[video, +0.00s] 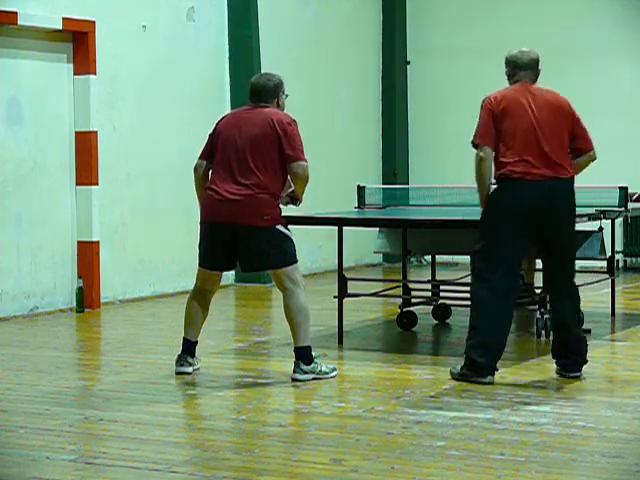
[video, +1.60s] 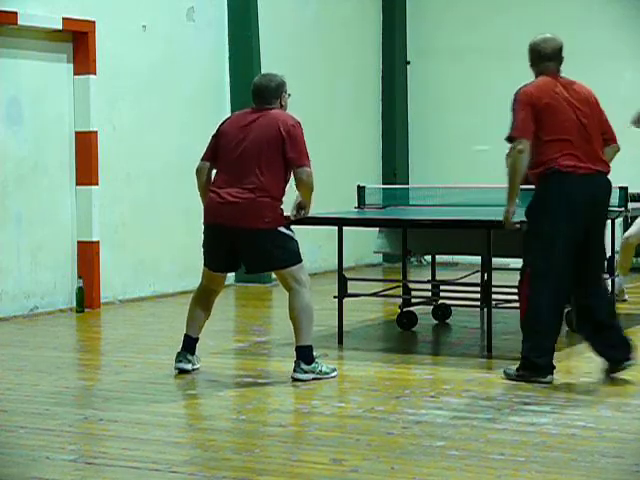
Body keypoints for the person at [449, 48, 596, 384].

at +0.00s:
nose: (508, 78)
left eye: (508, 73)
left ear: (508, 73)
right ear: (538, 74)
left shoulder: (496, 102)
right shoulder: (560, 103)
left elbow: (484, 153)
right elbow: (587, 154)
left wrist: (485, 200)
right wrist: (557, 176)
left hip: (512, 198)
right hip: (558, 198)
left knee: (493, 277)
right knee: (561, 278)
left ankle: (480, 364)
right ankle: (571, 362)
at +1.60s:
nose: (533, 67)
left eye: (531, 63)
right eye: (545, 60)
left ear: (532, 63)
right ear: (561, 61)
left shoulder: (529, 93)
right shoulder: (584, 93)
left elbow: (521, 147)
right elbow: (611, 145)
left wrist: (511, 201)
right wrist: (583, 175)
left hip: (557, 188)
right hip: (596, 188)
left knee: (544, 273)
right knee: (587, 272)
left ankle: (537, 364)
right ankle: (616, 351)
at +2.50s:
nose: (499, 80)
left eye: (498, 75)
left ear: (498, 77)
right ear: (526, 75)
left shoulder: (494, 111)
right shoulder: (552, 106)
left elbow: (482, 165)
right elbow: (578, 155)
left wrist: (472, 217)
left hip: (522, 208)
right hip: (567, 205)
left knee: (486, 279)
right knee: (591, 281)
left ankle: (485, 363)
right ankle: (636, 362)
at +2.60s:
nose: (484, 73)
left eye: (480, 68)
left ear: (479, 70)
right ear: (508, 68)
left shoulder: (469, 107)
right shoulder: (533, 101)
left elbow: (452, 159)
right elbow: (561, 148)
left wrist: (443, 212)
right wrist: (538, 180)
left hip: (496, 203)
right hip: (541, 200)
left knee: (474, 284)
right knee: (560, 275)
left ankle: (484, 364)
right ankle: (606, 346)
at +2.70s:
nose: (479, 65)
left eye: (475, 59)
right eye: (489, 60)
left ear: (469, 62)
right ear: (499, 61)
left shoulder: (452, 97)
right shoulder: (520, 95)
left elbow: (432, 146)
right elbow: (547, 141)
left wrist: (430, 195)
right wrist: (523, 171)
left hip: (472, 194)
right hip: (516, 192)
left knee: (469, 276)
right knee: (528, 268)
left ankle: (478, 359)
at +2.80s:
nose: (489, 66)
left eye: (476, 60)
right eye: (492, 60)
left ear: (465, 61)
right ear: (494, 61)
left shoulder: (444, 91)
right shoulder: (510, 96)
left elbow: (421, 139)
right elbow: (535, 145)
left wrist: (420, 187)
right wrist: (506, 171)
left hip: (448, 187)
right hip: (491, 188)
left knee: (447, 269)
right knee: (491, 270)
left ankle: (456, 343)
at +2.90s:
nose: (481, 78)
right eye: (485, 74)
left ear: (458, 72)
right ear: (487, 75)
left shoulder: (435, 101)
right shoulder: (500, 112)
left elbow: (407, 144)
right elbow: (520, 164)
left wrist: (403, 190)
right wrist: (488, 185)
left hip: (427, 197)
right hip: (470, 201)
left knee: (413, 265)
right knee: (471, 276)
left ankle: (406, 333)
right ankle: (470, 358)